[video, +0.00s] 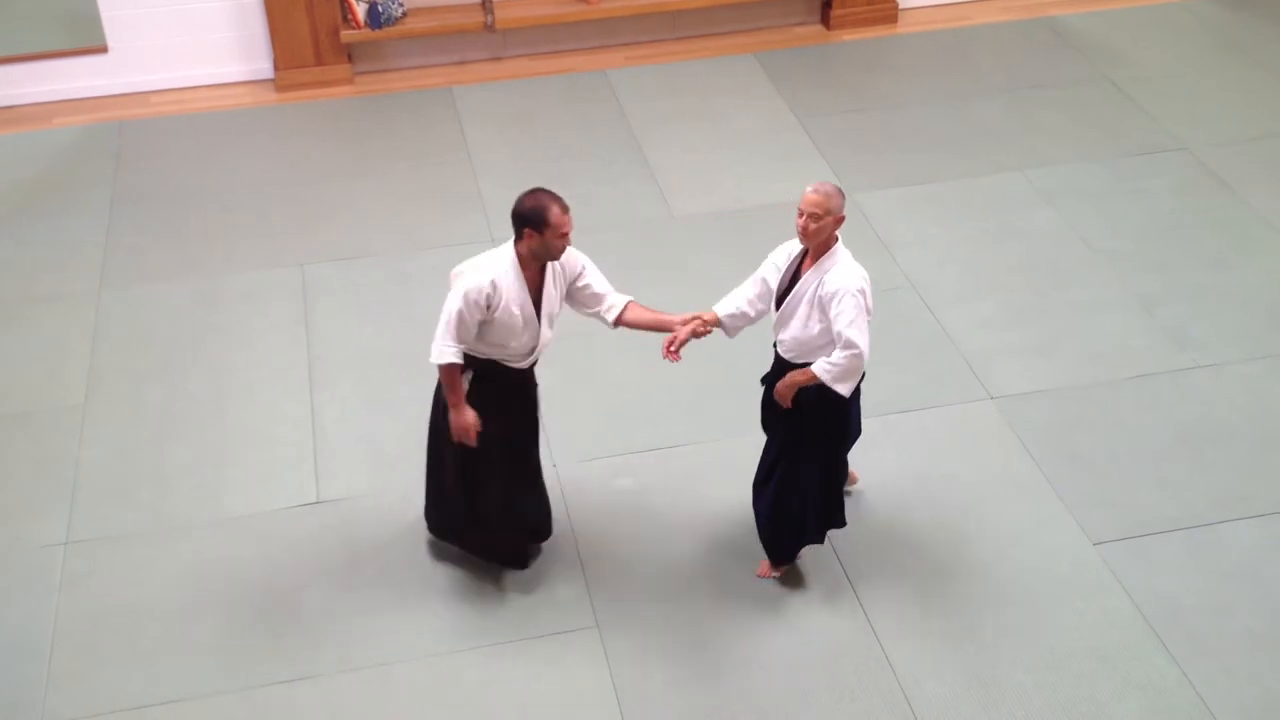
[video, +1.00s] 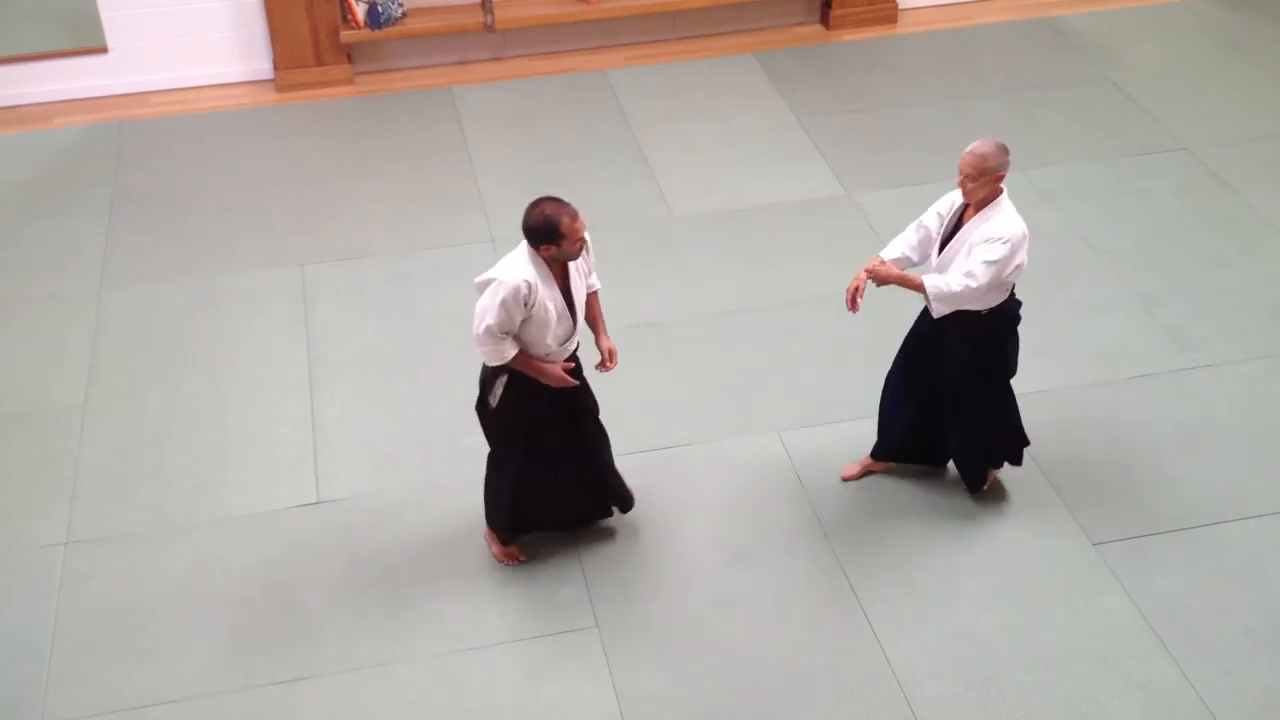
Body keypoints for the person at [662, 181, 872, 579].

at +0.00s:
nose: (803, 224)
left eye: (814, 218)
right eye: (800, 214)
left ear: (837, 223)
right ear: (796, 212)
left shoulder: (847, 281)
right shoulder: (789, 254)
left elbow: (852, 355)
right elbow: (751, 297)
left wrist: (796, 379)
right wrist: (700, 323)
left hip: (821, 391)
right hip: (785, 373)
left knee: (782, 474)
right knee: (792, 441)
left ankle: (782, 555)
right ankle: (838, 474)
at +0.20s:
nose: (824, 209)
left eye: (835, 203)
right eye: (821, 199)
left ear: (858, 206)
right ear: (817, 198)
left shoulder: (871, 262)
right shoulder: (808, 239)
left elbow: (875, 334)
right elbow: (779, 283)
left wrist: (818, 340)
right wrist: (743, 321)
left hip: (852, 368)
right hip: (809, 357)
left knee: (825, 449)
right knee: (800, 441)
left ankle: (803, 544)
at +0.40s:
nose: (852, 201)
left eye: (863, 196)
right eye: (848, 192)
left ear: (884, 198)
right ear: (843, 190)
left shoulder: (899, 251)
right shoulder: (831, 231)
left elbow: (896, 321)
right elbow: (805, 274)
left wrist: (841, 316)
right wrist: (788, 314)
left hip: (884, 347)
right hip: (839, 339)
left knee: (880, 425)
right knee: (813, 410)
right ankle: (822, 482)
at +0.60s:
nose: (889, 195)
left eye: (899, 190)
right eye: (886, 186)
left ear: (922, 193)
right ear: (881, 185)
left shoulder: (935, 246)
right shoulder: (873, 221)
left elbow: (918, 314)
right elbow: (845, 261)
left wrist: (863, 301)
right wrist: (824, 300)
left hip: (915, 340)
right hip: (867, 329)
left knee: (931, 405)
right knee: (838, 403)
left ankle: (975, 458)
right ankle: (838, 480)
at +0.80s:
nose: (931, 190)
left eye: (940, 186)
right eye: (929, 181)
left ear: (966, 189)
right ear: (926, 178)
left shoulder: (979, 241)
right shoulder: (920, 214)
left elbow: (948, 304)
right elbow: (889, 254)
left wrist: (893, 294)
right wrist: (853, 288)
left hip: (962, 333)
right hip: (915, 322)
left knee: (971, 399)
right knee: (873, 391)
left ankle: (988, 462)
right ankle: (856, 473)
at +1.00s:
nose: (961, 184)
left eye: (970, 178)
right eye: (960, 175)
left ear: (997, 181)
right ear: (960, 170)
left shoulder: (1008, 231)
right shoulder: (956, 201)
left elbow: (967, 287)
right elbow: (916, 237)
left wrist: (900, 279)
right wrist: (869, 271)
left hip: (981, 327)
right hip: (939, 314)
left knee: (975, 398)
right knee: (904, 381)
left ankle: (988, 462)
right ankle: (884, 454)